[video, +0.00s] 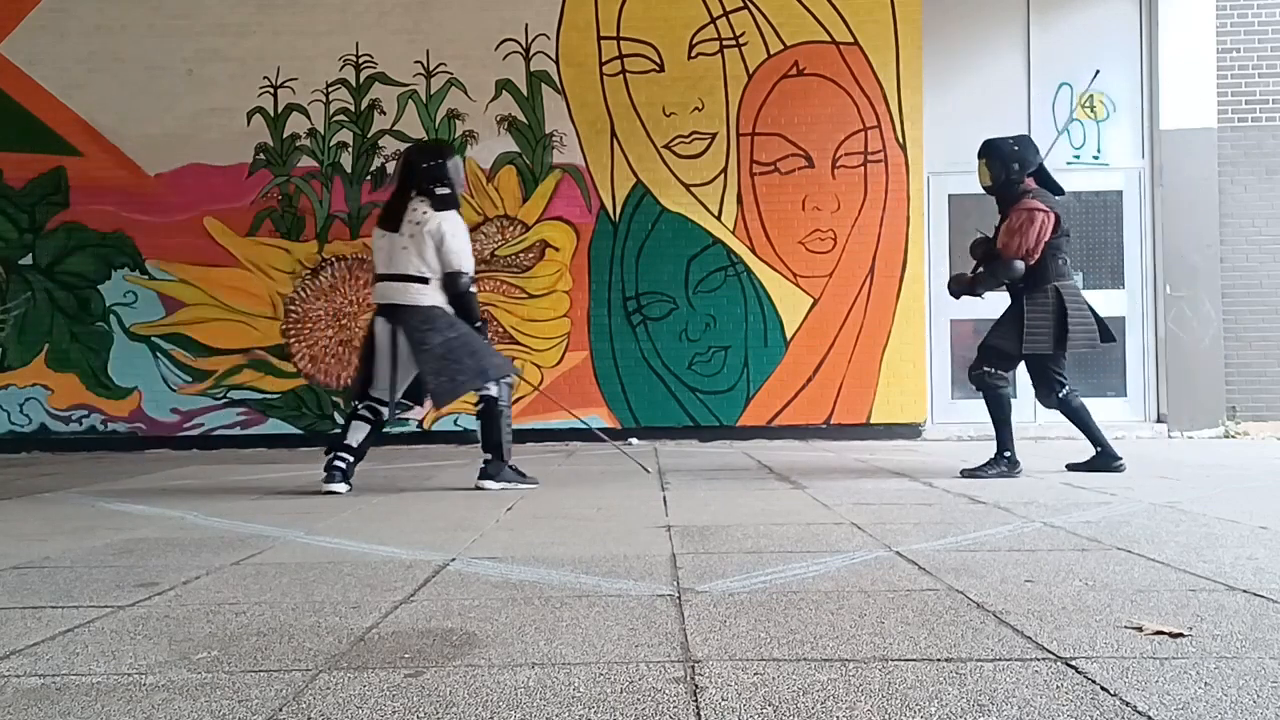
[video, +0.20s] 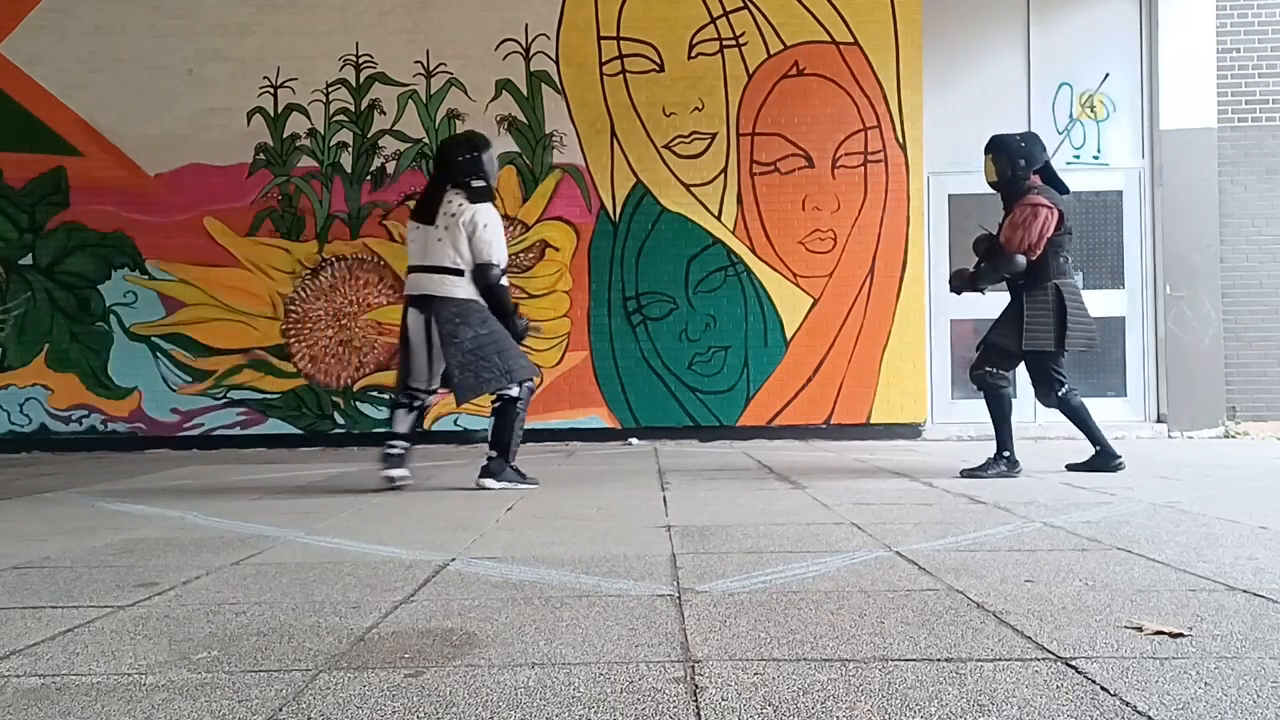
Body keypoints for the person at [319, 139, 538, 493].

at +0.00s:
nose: (458, 176)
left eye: (456, 169)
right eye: (453, 169)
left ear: (408, 175)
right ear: (440, 175)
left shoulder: (388, 216)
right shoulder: (444, 217)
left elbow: (384, 275)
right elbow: (457, 286)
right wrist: (478, 329)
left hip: (387, 313)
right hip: (428, 314)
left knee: (378, 396)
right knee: (496, 374)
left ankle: (339, 467)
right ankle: (497, 465)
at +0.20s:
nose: (495, 167)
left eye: (492, 159)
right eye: (490, 160)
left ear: (445, 166)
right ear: (474, 166)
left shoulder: (422, 205)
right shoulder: (479, 209)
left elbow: (418, 263)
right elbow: (488, 278)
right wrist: (512, 322)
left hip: (418, 305)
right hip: (461, 307)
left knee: (414, 384)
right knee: (519, 377)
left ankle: (395, 457)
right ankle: (500, 465)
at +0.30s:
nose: (507, 171)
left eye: (505, 163)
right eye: (502, 164)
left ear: (458, 169)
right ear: (486, 170)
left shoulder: (434, 207)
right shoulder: (487, 212)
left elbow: (433, 267)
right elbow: (495, 279)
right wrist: (525, 311)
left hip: (425, 311)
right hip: (469, 312)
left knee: (428, 391)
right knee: (538, 369)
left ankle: (408, 469)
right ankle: (512, 453)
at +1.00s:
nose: (693, 194)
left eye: (689, 188)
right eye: (689, 188)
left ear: (649, 193)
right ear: (679, 191)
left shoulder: (634, 229)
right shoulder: (688, 224)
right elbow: (732, 256)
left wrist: (751, 249)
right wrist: (774, 246)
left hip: (641, 332)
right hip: (685, 333)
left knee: (604, 402)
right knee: (753, 379)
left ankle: (548, 463)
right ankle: (789, 456)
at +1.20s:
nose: (760, 181)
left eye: (759, 176)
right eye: (756, 178)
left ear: (719, 187)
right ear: (745, 188)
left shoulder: (708, 220)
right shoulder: (757, 222)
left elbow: (747, 182)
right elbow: (807, 215)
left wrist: (787, 162)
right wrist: (828, 178)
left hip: (716, 325)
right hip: (754, 327)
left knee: (714, 401)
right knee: (824, 377)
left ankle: (654, 442)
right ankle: (806, 459)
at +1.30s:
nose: (786, 176)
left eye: (784, 172)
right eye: (781, 171)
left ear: (739, 178)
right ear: (773, 178)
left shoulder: (727, 204)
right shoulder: (783, 212)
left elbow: (758, 167)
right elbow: (828, 194)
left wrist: (798, 137)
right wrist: (842, 148)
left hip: (734, 309)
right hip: (770, 311)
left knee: (757, 387)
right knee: (831, 380)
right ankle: (807, 459)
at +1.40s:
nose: (802, 168)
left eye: (800, 163)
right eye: (797, 164)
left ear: (757, 173)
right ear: (787, 173)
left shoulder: (744, 203)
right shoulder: (796, 205)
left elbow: (764, 159)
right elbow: (841, 182)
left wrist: (795, 123)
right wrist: (837, 137)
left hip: (752, 307)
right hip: (786, 307)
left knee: (782, 371)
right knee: (838, 379)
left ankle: (771, 439)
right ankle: (807, 458)